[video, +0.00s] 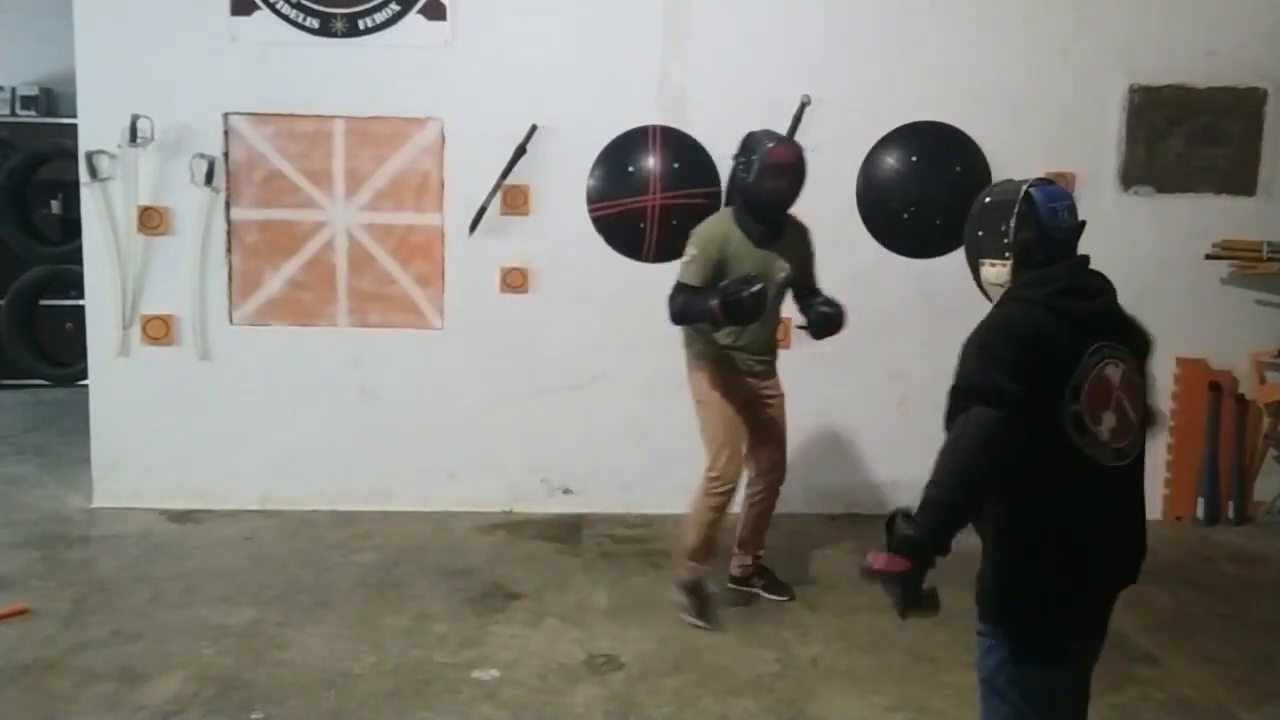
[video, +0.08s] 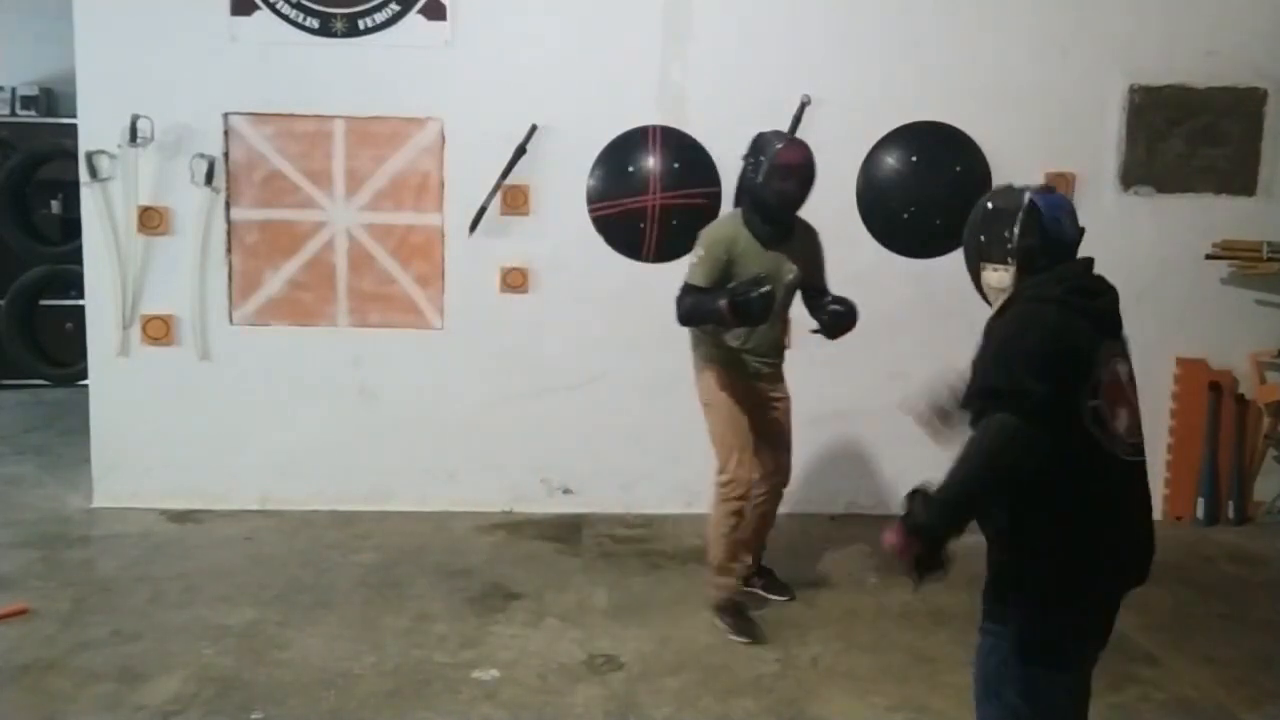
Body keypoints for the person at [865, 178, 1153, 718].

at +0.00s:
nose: (984, 259)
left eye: (990, 246)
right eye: (985, 245)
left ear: (1009, 247)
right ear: (1063, 240)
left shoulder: (1009, 330)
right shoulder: (1114, 321)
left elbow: (975, 446)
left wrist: (918, 539)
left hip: (1029, 566)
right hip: (1103, 556)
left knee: (1014, 697)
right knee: (1063, 696)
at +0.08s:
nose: (981, 267)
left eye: (986, 252)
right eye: (981, 253)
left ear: (1010, 251)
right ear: (1052, 247)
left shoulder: (1033, 320)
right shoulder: (1087, 301)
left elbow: (1003, 437)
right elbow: (1045, 392)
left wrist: (930, 521)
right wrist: (969, 398)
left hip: (1044, 561)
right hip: (1095, 549)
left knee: (1013, 695)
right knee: (1056, 690)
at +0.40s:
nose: (989, 289)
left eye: (992, 274)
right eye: (988, 275)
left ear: (1016, 272)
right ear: (1058, 264)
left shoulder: (1047, 333)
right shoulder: (1089, 319)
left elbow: (1042, 444)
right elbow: (1086, 427)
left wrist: (972, 526)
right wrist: (1006, 429)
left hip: (1069, 558)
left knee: (1027, 694)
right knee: (1052, 689)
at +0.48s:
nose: (1001, 285)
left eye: (1006, 269)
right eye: (1000, 270)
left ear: (1028, 268)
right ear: (1070, 262)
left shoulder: (1038, 341)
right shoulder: (1117, 331)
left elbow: (1024, 455)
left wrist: (960, 513)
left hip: (1054, 567)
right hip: (1114, 557)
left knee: (1025, 695)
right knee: (1059, 691)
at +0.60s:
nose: (1019, 275)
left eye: (1026, 264)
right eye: (1024, 262)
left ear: (1041, 275)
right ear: (1111, 272)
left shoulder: (1008, 367)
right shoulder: (1178, 363)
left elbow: (957, 476)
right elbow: (1228, 470)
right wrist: (1152, 452)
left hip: (1040, 588)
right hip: (1135, 583)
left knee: (1029, 702)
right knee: (1077, 699)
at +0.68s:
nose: (1033, 284)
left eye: (1039, 272)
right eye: (1037, 270)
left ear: (1054, 277)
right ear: (1133, 279)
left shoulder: (1012, 367)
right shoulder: (1187, 367)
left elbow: (923, 440)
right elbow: (1250, 475)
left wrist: (916, 353)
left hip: (1043, 614)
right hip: (1143, 608)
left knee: (1031, 707)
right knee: (1093, 704)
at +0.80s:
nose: (1041, 269)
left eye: (1048, 256)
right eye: (1045, 256)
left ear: (1067, 264)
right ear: (1145, 265)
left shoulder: (1023, 349)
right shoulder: (1202, 354)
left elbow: (927, 412)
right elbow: (1267, 426)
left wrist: (928, 332)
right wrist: (1264, 327)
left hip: (1050, 603)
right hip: (1156, 600)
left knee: (1041, 704)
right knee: (1113, 704)